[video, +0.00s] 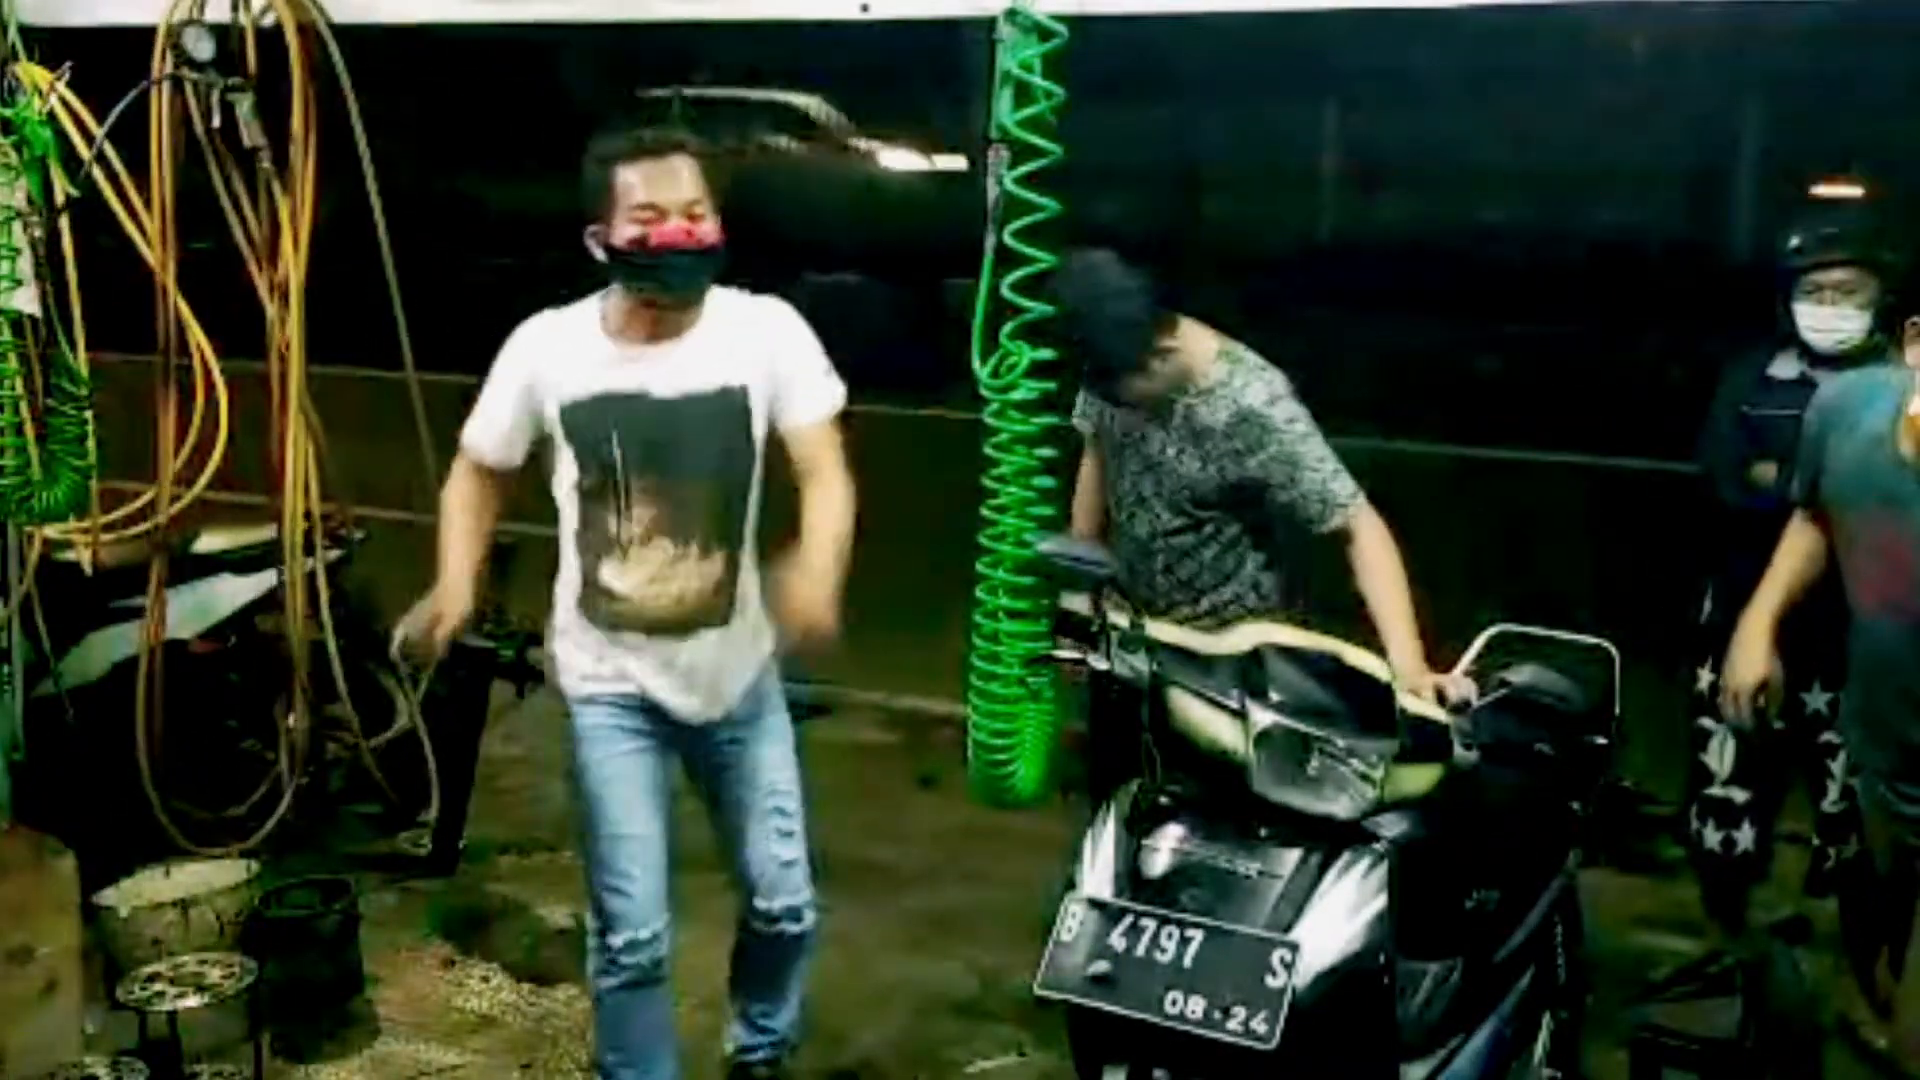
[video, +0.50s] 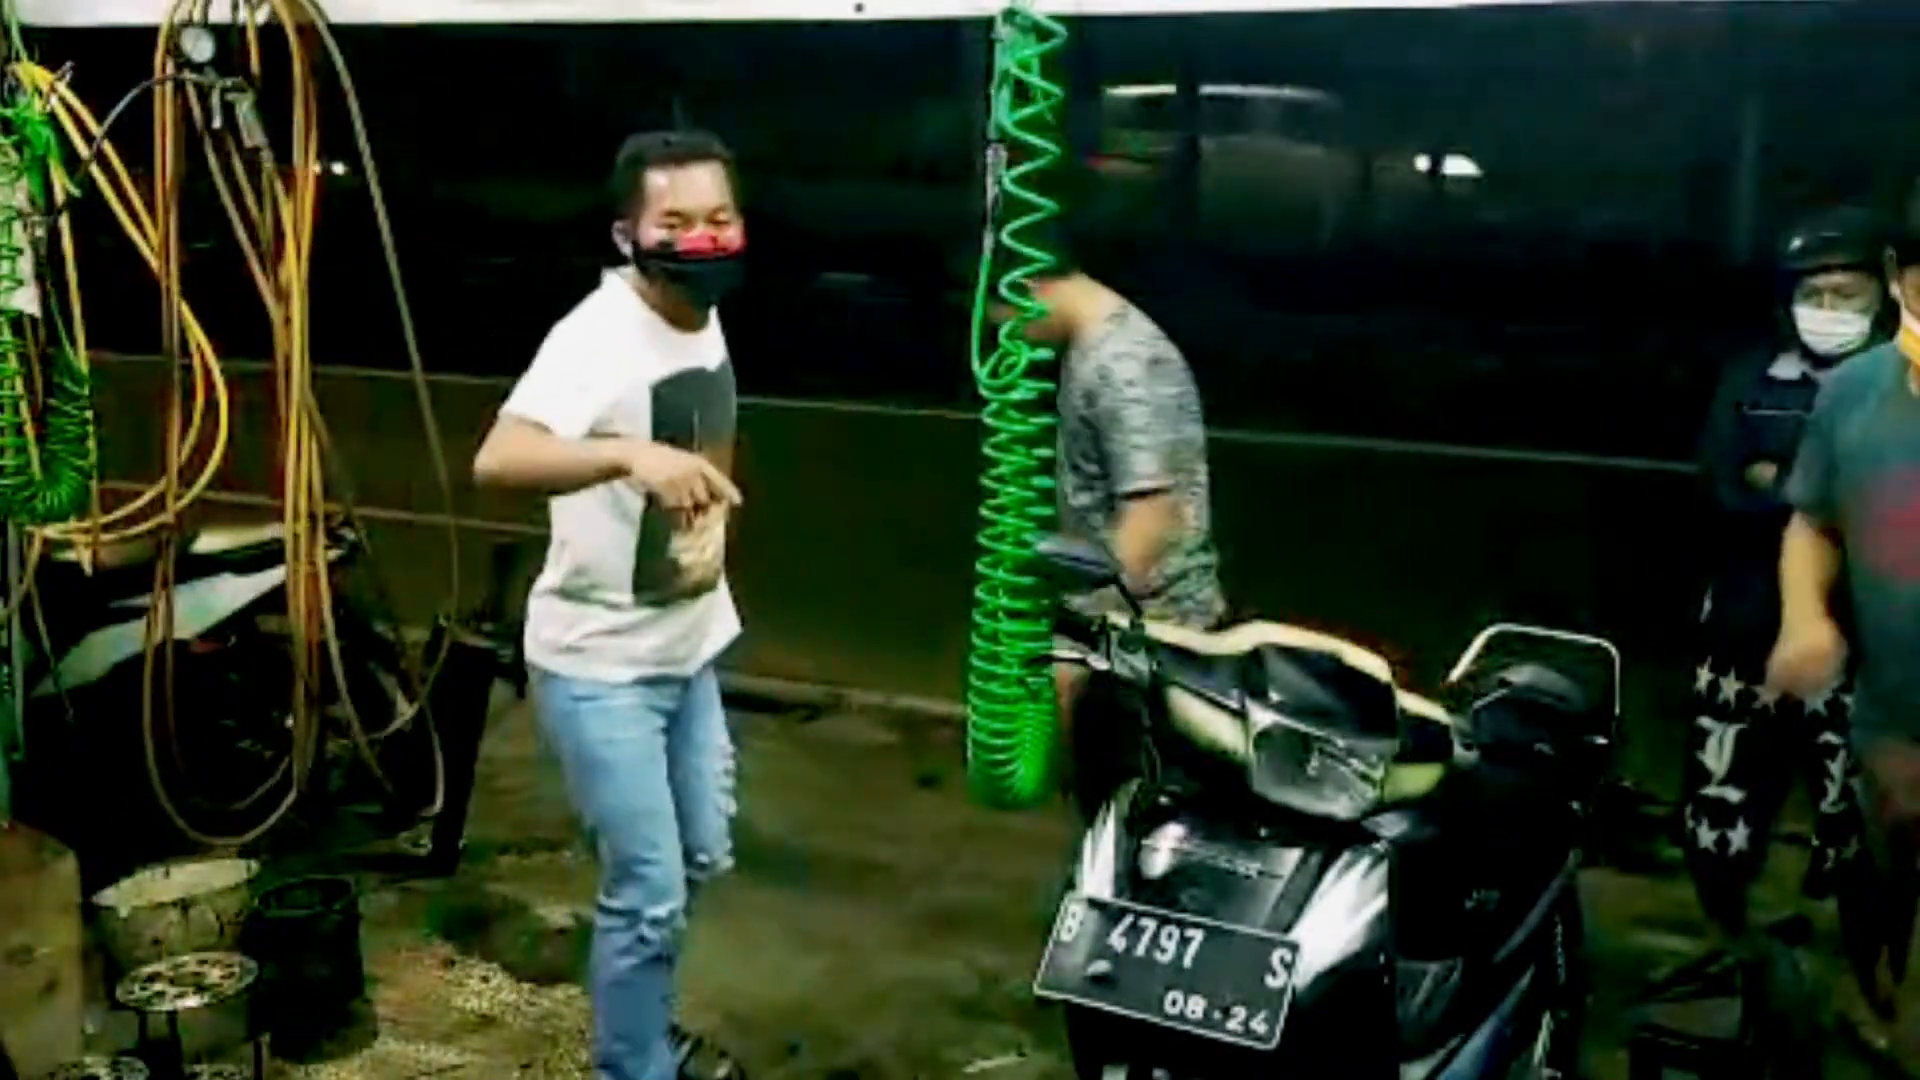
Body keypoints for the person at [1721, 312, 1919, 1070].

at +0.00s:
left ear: (1902, 338)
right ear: (1909, 345)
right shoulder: (1848, 408)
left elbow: (1816, 516)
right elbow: (1819, 515)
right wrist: (1756, 622)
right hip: (1886, 743)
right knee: (1877, 899)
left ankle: (1876, 999)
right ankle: (1873, 1002)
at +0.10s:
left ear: (1904, 328)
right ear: (1907, 331)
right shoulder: (1848, 406)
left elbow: (1812, 519)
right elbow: (1818, 517)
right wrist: (1757, 621)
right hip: (1884, 743)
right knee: (1874, 903)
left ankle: (1878, 1013)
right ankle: (1871, 1009)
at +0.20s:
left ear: (1904, 324)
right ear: (1906, 325)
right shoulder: (1850, 403)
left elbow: (1816, 518)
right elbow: (1822, 515)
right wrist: (1758, 621)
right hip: (1884, 745)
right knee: (1872, 905)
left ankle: (1879, 1011)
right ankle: (1870, 1007)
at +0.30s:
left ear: (1906, 312)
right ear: (1904, 311)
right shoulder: (1850, 403)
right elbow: (1825, 516)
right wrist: (1765, 616)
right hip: (1883, 744)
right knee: (1873, 893)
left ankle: (1881, 1016)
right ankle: (1871, 1007)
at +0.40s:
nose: (1909, 323)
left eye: (1903, 306)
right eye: (1911, 309)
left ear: (1904, 304)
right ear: (1900, 302)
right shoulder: (1850, 397)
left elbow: (1816, 520)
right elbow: (1820, 518)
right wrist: (1781, 620)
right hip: (1884, 733)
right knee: (1877, 896)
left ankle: (1879, 1013)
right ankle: (1872, 1008)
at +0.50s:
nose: (1912, 305)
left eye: (1908, 289)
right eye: (1910, 290)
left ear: (1899, 289)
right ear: (1899, 287)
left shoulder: (1864, 392)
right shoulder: (1854, 392)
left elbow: (1810, 522)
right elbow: (1811, 520)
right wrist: (1805, 618)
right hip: (1889, 702)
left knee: (1893, 876)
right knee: (1888, 874)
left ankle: (1883, 995)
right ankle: (1876, 994)